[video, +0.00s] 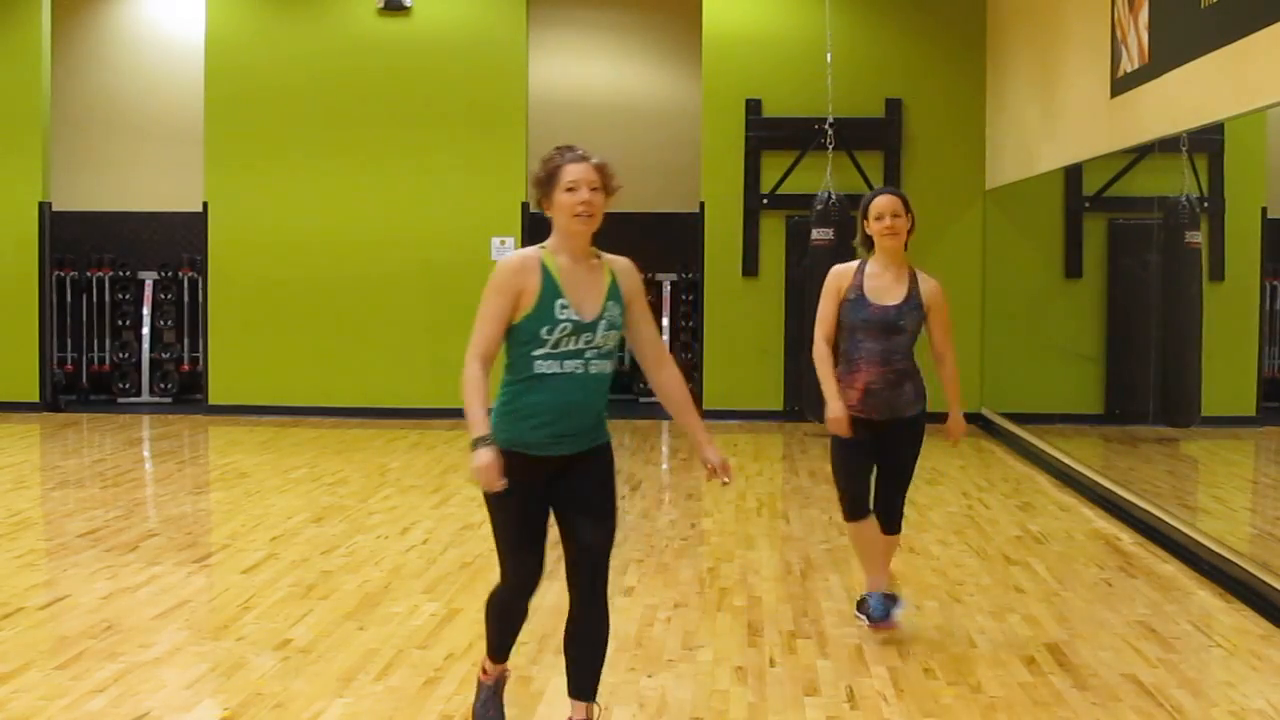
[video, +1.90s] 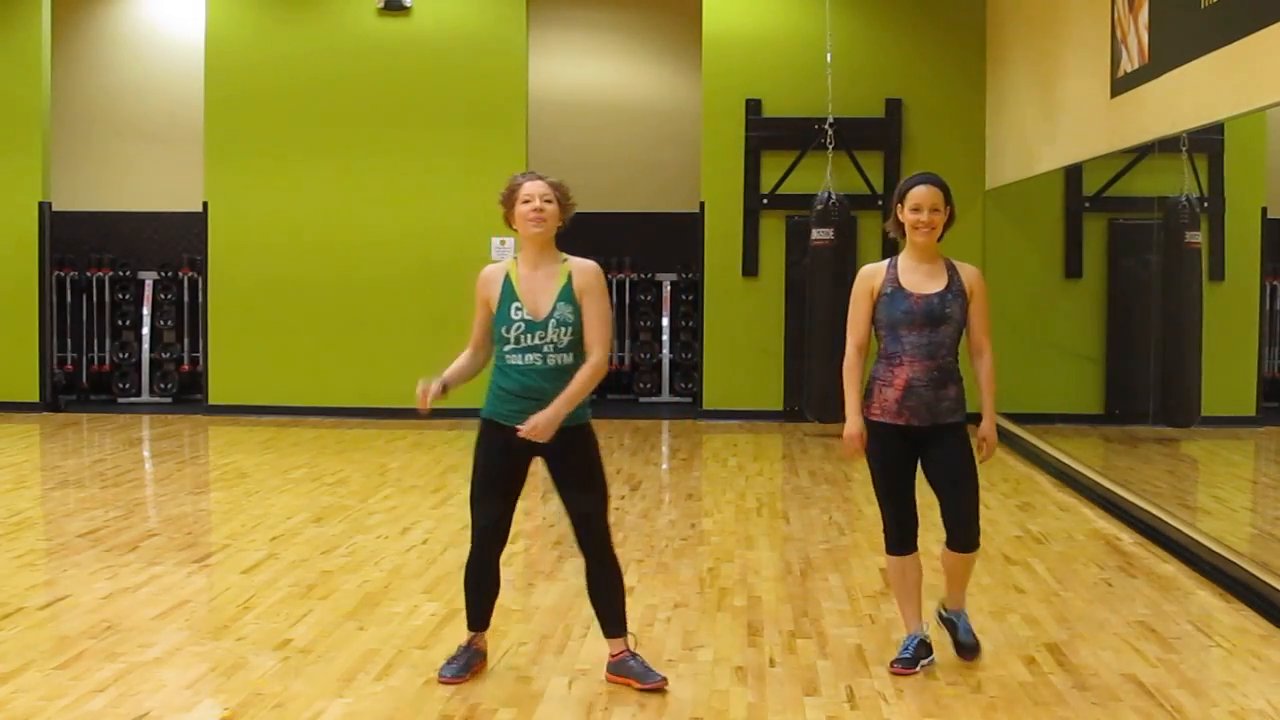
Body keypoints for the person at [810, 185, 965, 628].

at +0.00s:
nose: (889, 223)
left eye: (896, 216)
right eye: (879, 217)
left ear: (909, 223)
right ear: (867, 226)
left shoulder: (927, 288)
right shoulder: (842, 277)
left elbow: (943, 352)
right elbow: (821, 342)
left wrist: (955, 409)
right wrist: (833, 400)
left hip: (903, 414)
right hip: (850, 412)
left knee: (890, 507)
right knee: (853, 504)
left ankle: (876, 591)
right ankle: (879, 589)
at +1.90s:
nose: (926, 218)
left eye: (935, 210)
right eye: (917, 209)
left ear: (947, 217)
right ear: (899, 214)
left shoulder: (966, 278)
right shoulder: (873, 277)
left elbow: (981, 351)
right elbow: (854, 350)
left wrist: (987, 415)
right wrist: (852, 415)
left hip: (946, 420)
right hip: (887, 422)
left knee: (965, 528)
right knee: (900, 532)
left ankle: (954, 608)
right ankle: (913, 635)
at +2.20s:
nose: (938, 213)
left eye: (947, 206)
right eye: (929, 205)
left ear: (960, 215)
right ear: (911, 211)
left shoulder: (977, 280)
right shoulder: (881, 276)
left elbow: (984, 357)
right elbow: (867, 347)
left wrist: (994, 425)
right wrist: (878, 406)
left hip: (966, 422)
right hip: (905, 425)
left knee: (991, 536)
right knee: (909, 536)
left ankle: (1018, 649)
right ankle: (916, 637)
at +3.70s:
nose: (956, 212)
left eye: (969, 209)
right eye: (949, 205)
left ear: (983, 232)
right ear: (933, 221)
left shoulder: (993, 299)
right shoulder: (894, 283)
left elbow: (1003, 380)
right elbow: (857, 356)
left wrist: (1002, 449)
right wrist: (859, 424)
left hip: (949, 445)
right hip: (888, 436)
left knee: (969, 566)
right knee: (861, 547)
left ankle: (1033, 644)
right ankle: (863, 659)